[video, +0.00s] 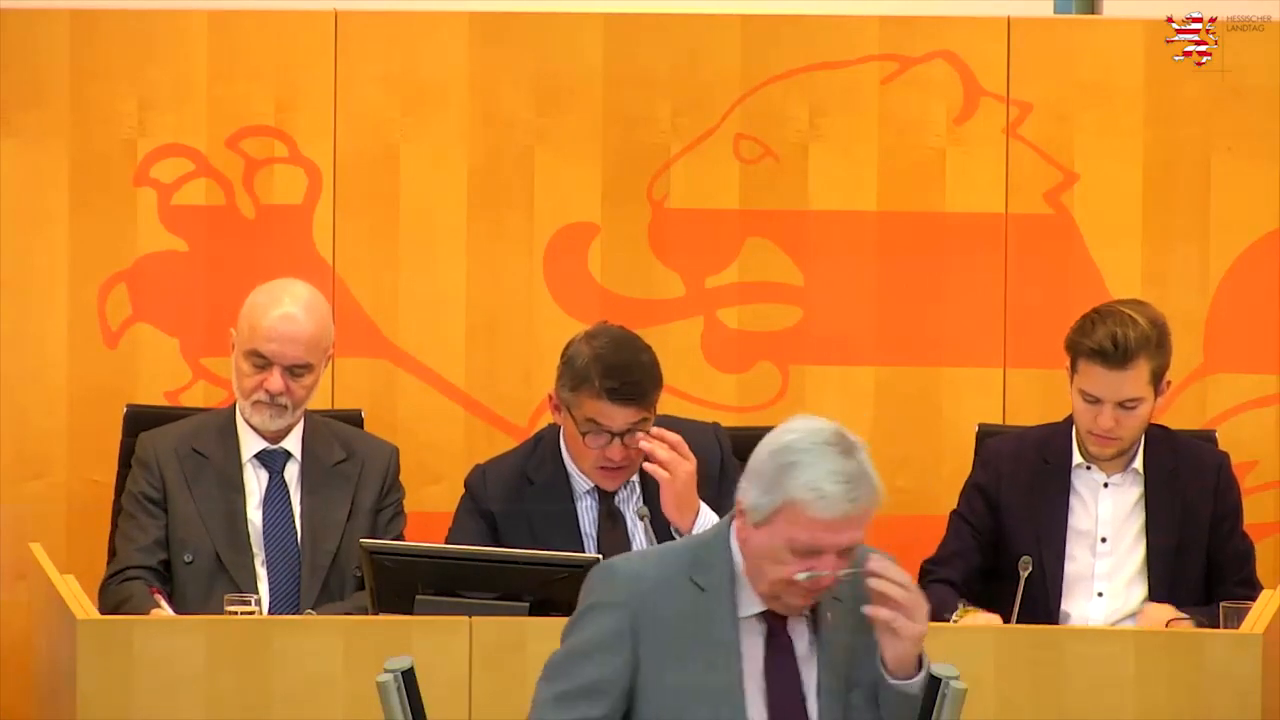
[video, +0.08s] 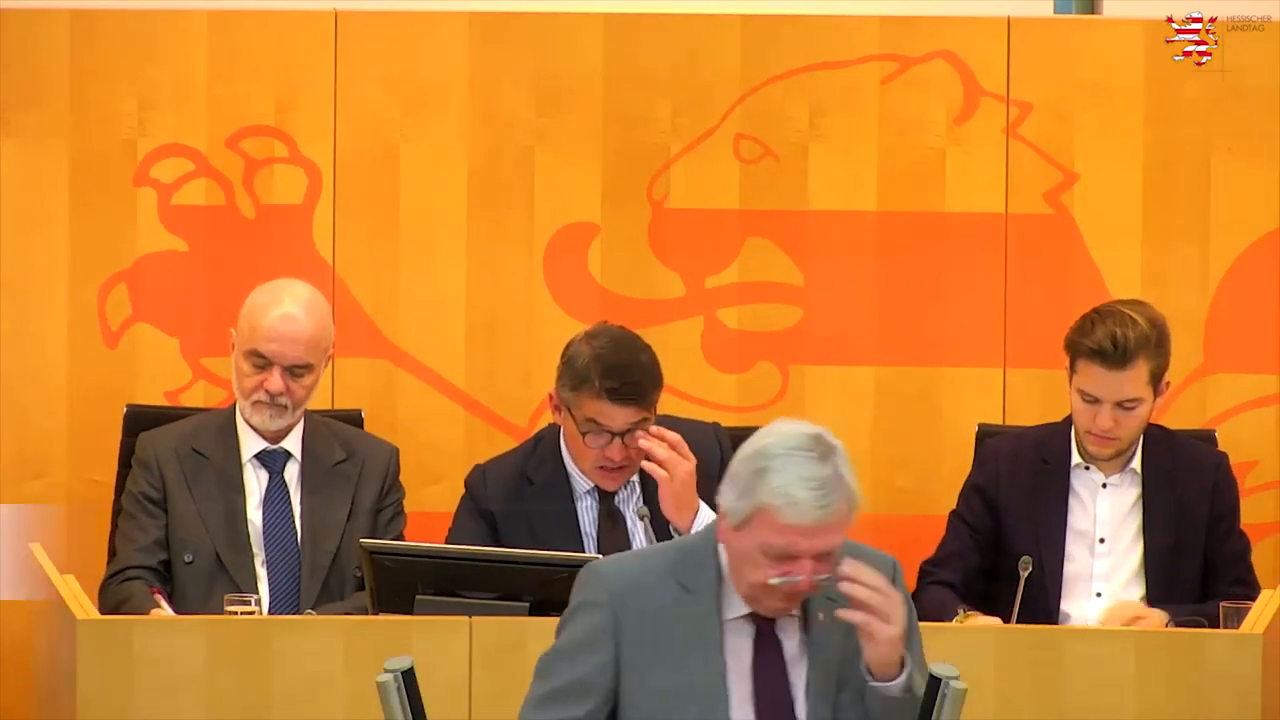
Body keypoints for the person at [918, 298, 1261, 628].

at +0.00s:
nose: (1105, 422)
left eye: (1127, 405)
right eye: (1091, 399)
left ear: (1160, 394)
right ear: (1071, 379)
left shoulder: (1204, 472)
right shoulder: (1006, 461)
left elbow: (1247, 607)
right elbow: (938, 583)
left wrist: (1188, 620)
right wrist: (960, 616)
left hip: (1157, 675)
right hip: (1032, 668)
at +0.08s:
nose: (1103, 422)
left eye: (1126, 405)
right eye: (1089, 399)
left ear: (1159, 394)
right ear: (1070, 378)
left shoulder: (1203, 473)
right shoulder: (1005, 460)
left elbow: (1243, 606)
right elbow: (934, 588)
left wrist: (1172, 621)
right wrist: (963, 620)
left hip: (1157, 678)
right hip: (1030, 670)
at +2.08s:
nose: (1093, 443)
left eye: (1120, 433)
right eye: (1085, 417)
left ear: (1159, 419)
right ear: (1073, 385)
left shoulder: (1197, 477)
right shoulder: (1000, 459)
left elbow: (1239, 600)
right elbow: (945, 586)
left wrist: (1161, 644)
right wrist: (954, 646)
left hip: (1147, 678)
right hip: (1022, 671)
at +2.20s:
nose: (1094, 443)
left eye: (1121, 434)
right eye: (1086, 417)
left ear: (1160, 420)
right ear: (1074, 385)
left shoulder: (1197, 476)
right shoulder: (1000, 459)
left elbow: (1238, 600)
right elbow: (945, 586)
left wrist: (1164, 644)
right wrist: (956, 645)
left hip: (1147, 678)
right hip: (1022, 670)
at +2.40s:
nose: (1098, 445)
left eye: (1125, 436)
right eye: (1090, 418)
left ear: (1162, 421)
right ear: (1077, 384)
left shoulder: (1198, 477)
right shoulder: (1000, 458)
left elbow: (1238, 602)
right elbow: (944, 588)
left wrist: (1161, 645)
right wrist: (960, 644)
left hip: (1147, 679)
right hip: (1022, 671)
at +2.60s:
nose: (1100, 446)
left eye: (1127, 436)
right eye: (1092, 419)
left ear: (1163, 422)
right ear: (1078, 384)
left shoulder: (1198, 477)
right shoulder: (1000, 458)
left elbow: (1238, 601)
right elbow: (945, 586)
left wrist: (1165, 644)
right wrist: (953, 637)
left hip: (1148, 679)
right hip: (1023, 671)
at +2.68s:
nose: (1100, 446)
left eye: (1127, 436)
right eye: (1092, 419)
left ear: (1163, 422)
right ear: (1079, 384)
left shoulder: (1198, 478)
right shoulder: (1001, 458)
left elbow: (1238, 602)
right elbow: (943, 589)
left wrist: (1164, 645)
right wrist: (960, 642)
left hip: (1148, 679)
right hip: (1023, 671)